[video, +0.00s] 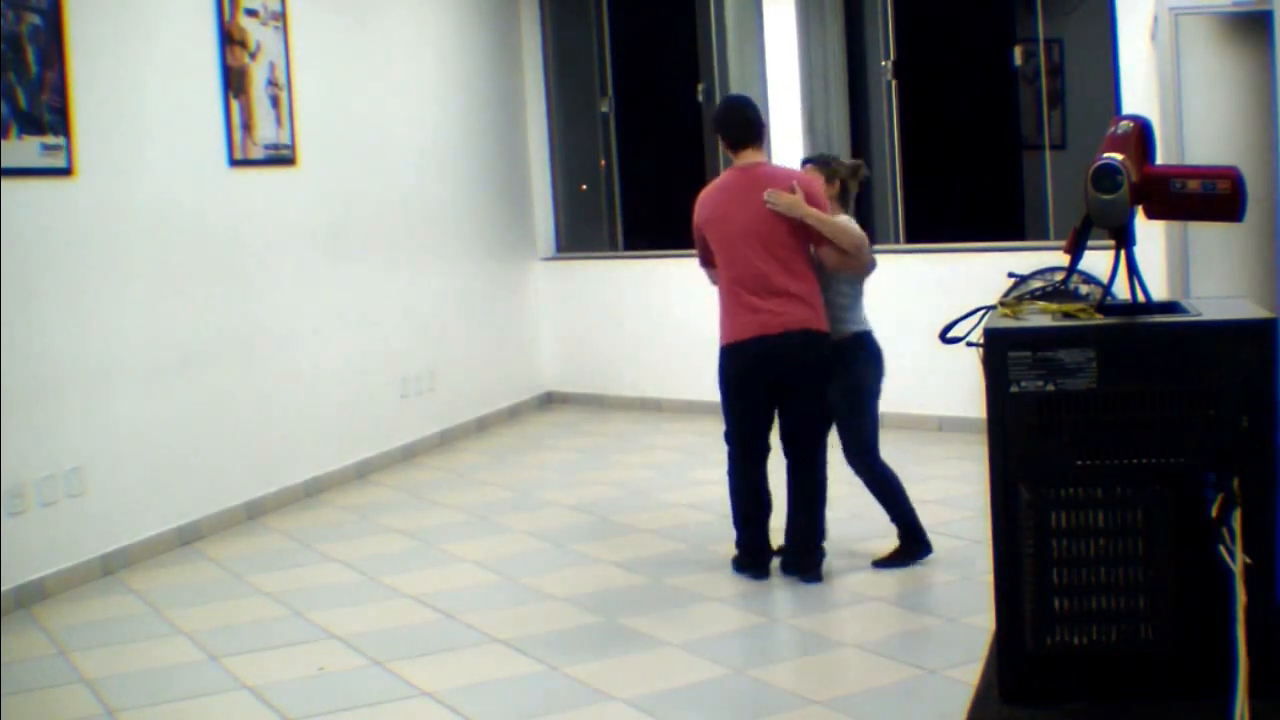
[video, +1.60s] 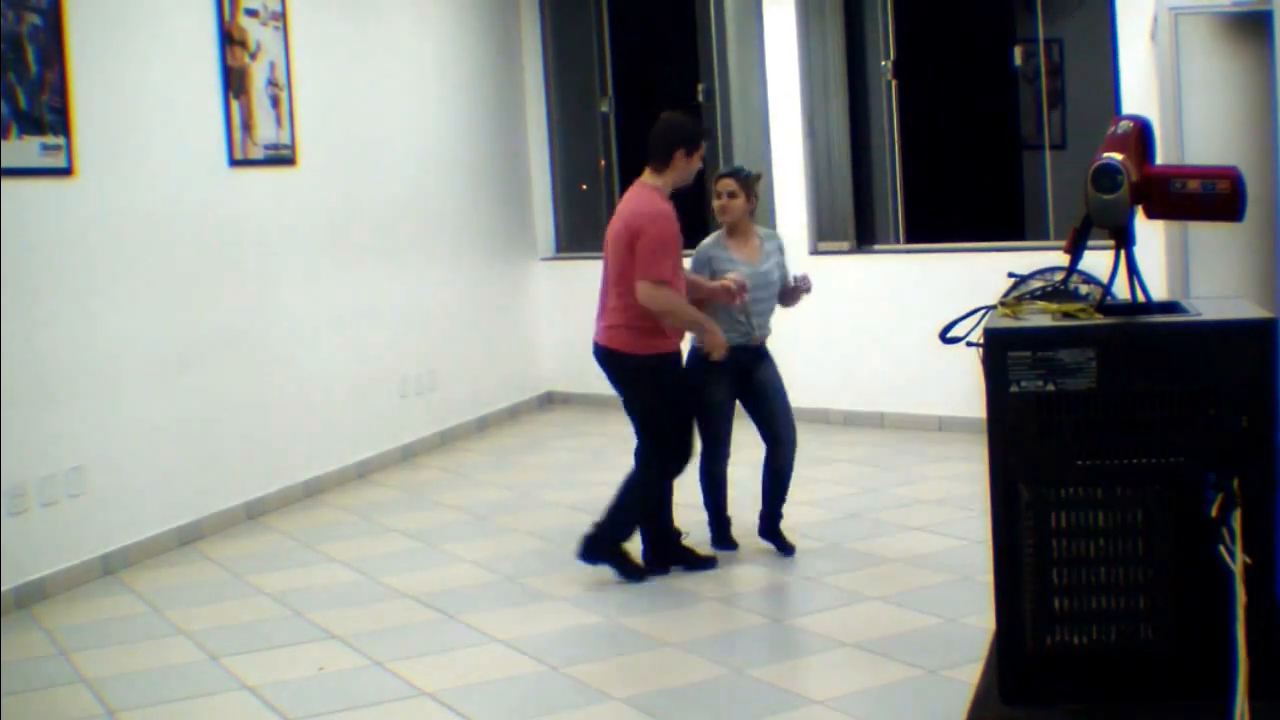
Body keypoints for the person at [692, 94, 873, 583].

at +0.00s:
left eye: (722, 138)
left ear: (721, 142)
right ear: (765, 133)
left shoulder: (708, 200)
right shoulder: (801, 183)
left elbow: (713, 271)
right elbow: (841, 252)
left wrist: (765, 260)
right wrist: (867, 264)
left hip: (742, 346)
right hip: (804, 338)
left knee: (746, 454)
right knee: (806, 454)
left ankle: (753, 556)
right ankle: (806, 559)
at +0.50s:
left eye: (703, 148)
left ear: (700, 150)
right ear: (743, 140)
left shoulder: (686, 211)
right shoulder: (777, 183)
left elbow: (691, 297)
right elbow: (816, 251)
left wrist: (733, 314)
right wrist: (873, 247)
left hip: (732, 346)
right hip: (794, 337)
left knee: (752, 462)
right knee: (797, 449)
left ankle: (772, 571)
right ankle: (806, 560)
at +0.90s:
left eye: (699, 146)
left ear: (697, 150)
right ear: (741, 142)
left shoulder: (680, 211)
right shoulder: (772, 189)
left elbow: (665, 291)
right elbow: (806, 263)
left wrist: (696, 333)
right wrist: (846, 264)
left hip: (723, 351)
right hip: (784, 342)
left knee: (733, 463)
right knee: (791, 454)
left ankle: (759, 565)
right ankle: (795, 564)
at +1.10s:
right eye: (734, 138)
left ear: (693, 145)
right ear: (737, 142)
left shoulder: (671, 206)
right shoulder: (758, 193)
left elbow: (658, 288)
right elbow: (801, 265)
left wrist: (701, 297)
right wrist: (834, 263)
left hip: (703, 347)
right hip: (764, 337)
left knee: (704, 443)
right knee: (781, 450)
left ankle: (686, 550)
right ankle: (794, 560)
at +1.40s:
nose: (727, 158)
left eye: (726, 152)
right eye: (727, 152)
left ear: (679, 144)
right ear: (717, 150)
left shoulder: (639, 195)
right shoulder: (716, 208)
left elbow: (640, 258)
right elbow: (731, 287)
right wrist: (781, 291)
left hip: (636, 341)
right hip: (690, 343)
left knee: (663, 443)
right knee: (731, 450)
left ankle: (660, 548)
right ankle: (755, 553)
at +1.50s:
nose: (716, 159)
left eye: (716, 150)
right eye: (716, 151)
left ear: (670, 146)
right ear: (703, 152)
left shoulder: (638, 195)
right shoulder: (688, 212)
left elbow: (643, 268)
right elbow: (691, 292)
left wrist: (705, 275)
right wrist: (746, 316)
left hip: (623, 342)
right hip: (665, 346)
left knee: (658, 442)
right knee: (712, 437)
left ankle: (659, 552)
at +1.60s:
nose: (700, 166)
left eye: (701, 158)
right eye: (698, 158)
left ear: (662, 154)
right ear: (682, 156)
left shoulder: (638, 201)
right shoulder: (656, 212)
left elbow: (658, 276)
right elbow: (651, 293)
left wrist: (709, 290)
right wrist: (706, 329)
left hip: (626, 344)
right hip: (643, 348)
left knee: (659, 444)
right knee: (672, 448)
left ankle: (662, 545)